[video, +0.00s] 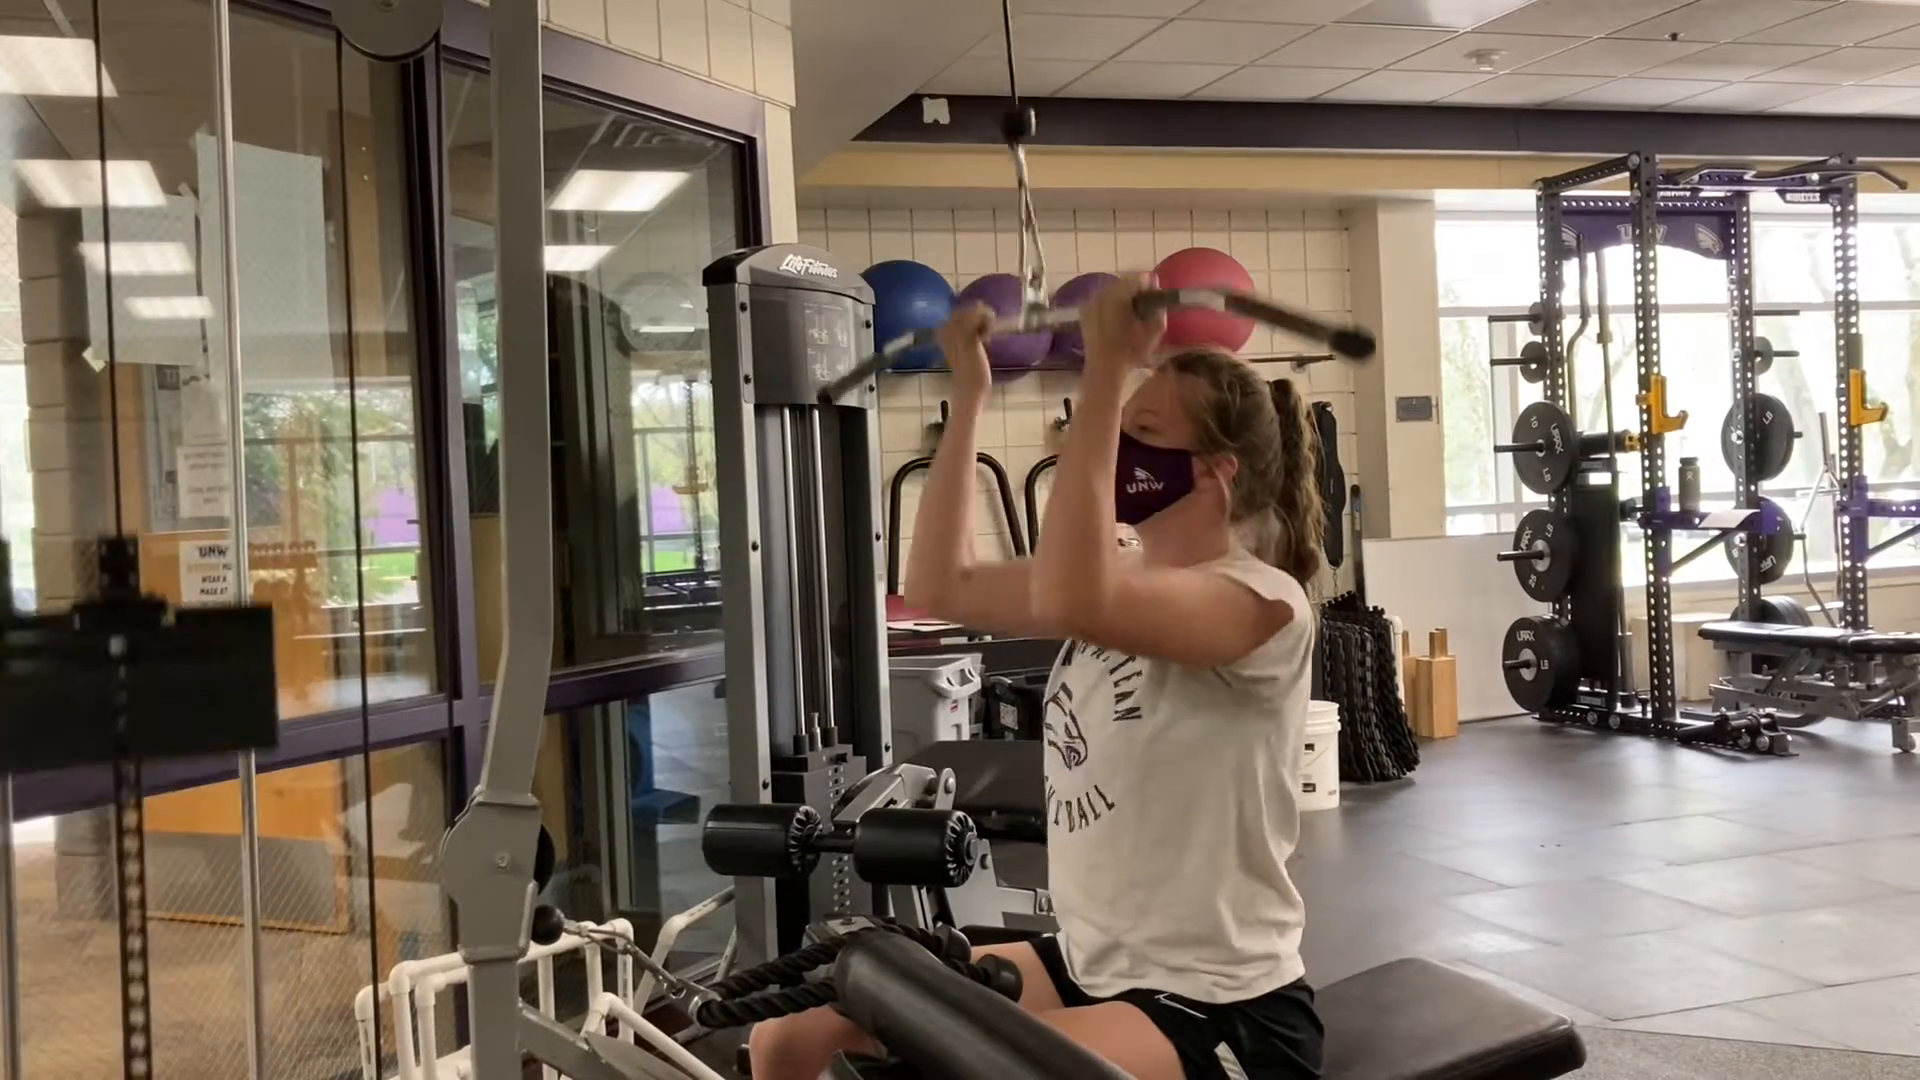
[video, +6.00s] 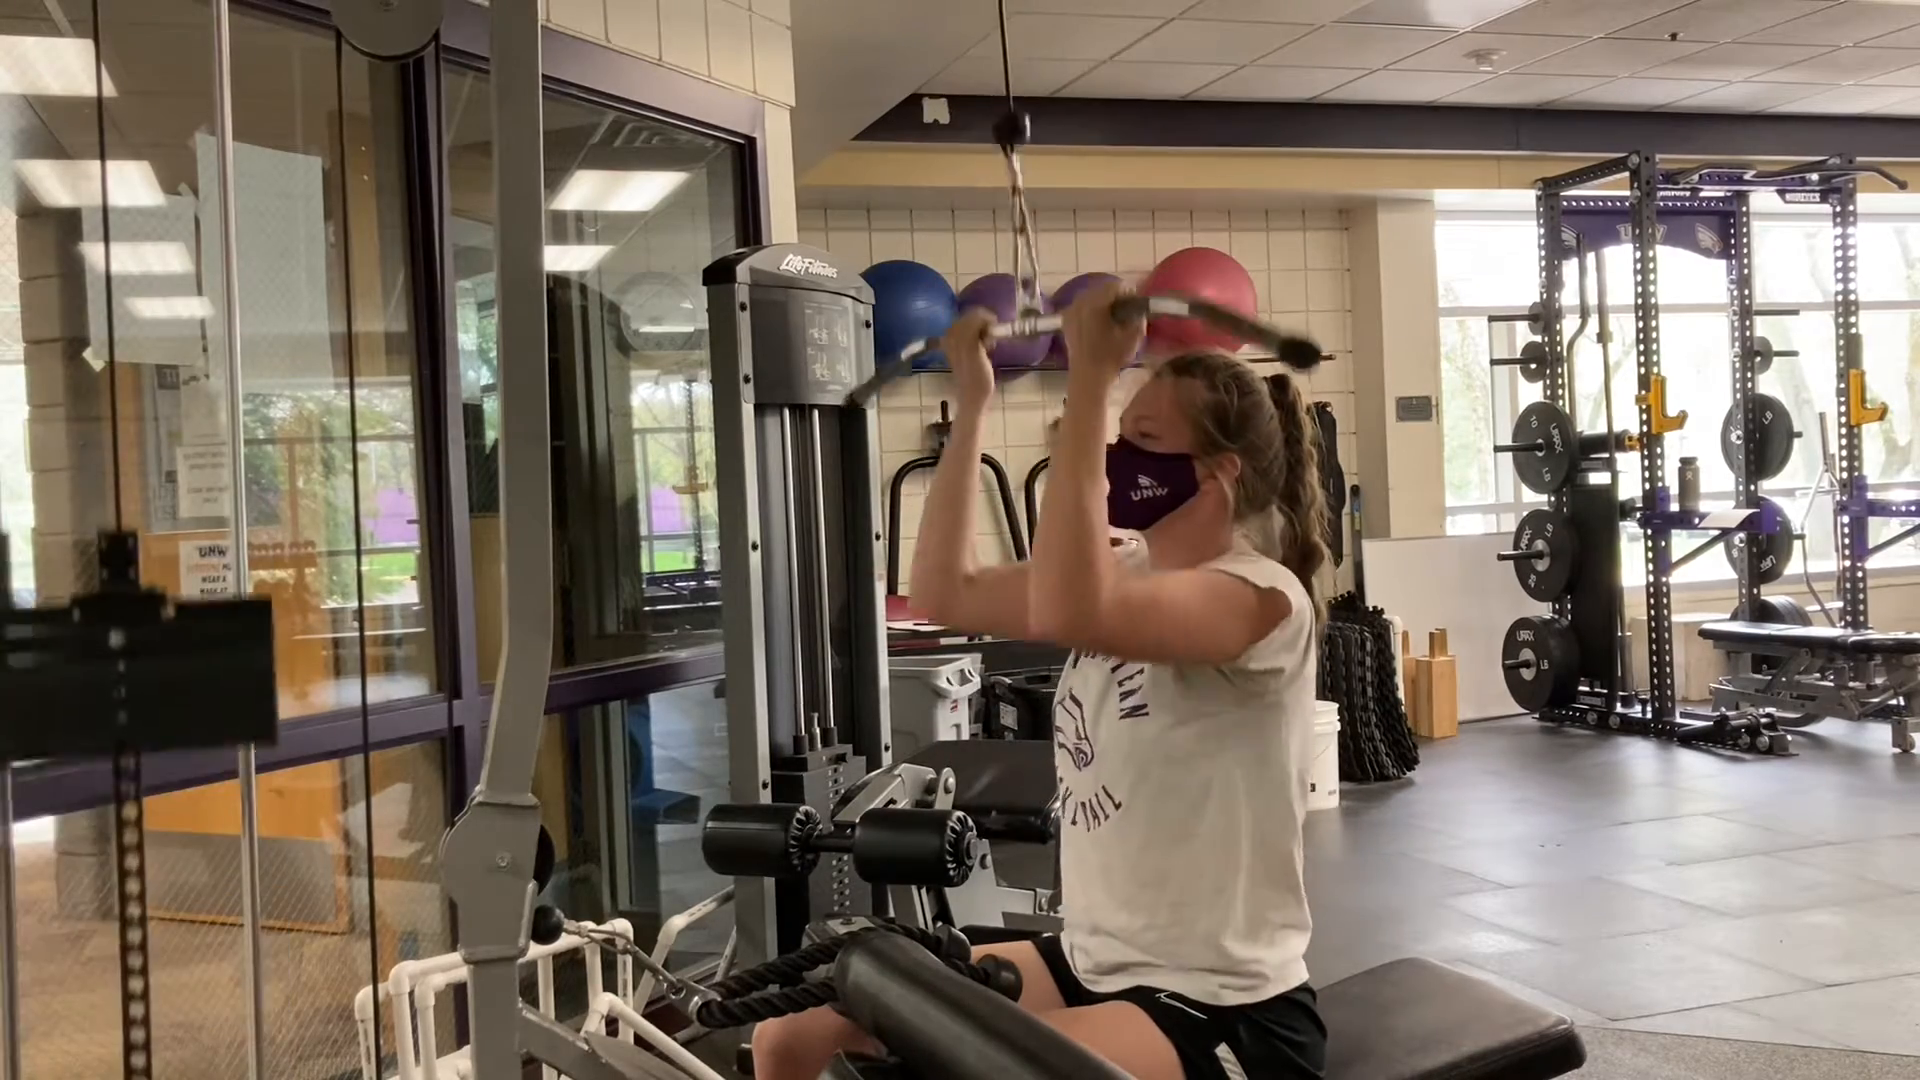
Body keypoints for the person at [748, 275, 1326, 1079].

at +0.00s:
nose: (1114, 461)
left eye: (1146, 445)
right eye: (1119, 438)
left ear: (1218, 473)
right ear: (1103, 447)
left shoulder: (1259, 603)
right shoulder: (1108, 572)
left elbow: (1077, 597)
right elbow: (936, 585)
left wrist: (1106, 369)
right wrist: (968, 396)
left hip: (1225, 1007)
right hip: (1088, 963)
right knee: (789, 1040)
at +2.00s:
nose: (1137, 431)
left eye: (1171, 408)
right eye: (1145, 413)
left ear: (1222, 447)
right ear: (1155, 438)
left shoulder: (1239, 573)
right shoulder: (1120, 546)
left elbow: (1152, 331)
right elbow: (1036, 337)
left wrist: (1098, 69)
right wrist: (988, 133)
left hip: (1222, 1014)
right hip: (1098, 969)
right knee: (793, 1035)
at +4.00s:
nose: (1130, 464)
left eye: (1159, 450)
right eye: (1135, 444)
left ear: (1236, 480)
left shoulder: (1257, 609)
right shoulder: (1128, 586)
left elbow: (1111, 776)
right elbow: (973, 738)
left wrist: (1096, 539)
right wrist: (985, 550)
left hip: (1222, 1006)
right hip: (1092, 966)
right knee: (789, 1040)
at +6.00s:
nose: (1114, 467)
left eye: (1144, 450)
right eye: (1116, 444)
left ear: (1221, 474)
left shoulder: (1260, 597)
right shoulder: (1114, 574)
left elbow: (1071, 612)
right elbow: (939, 593)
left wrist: (1090, 375)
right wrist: (969, 410)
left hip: (1227, 1008)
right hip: (1091, 961)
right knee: (792, 1038)